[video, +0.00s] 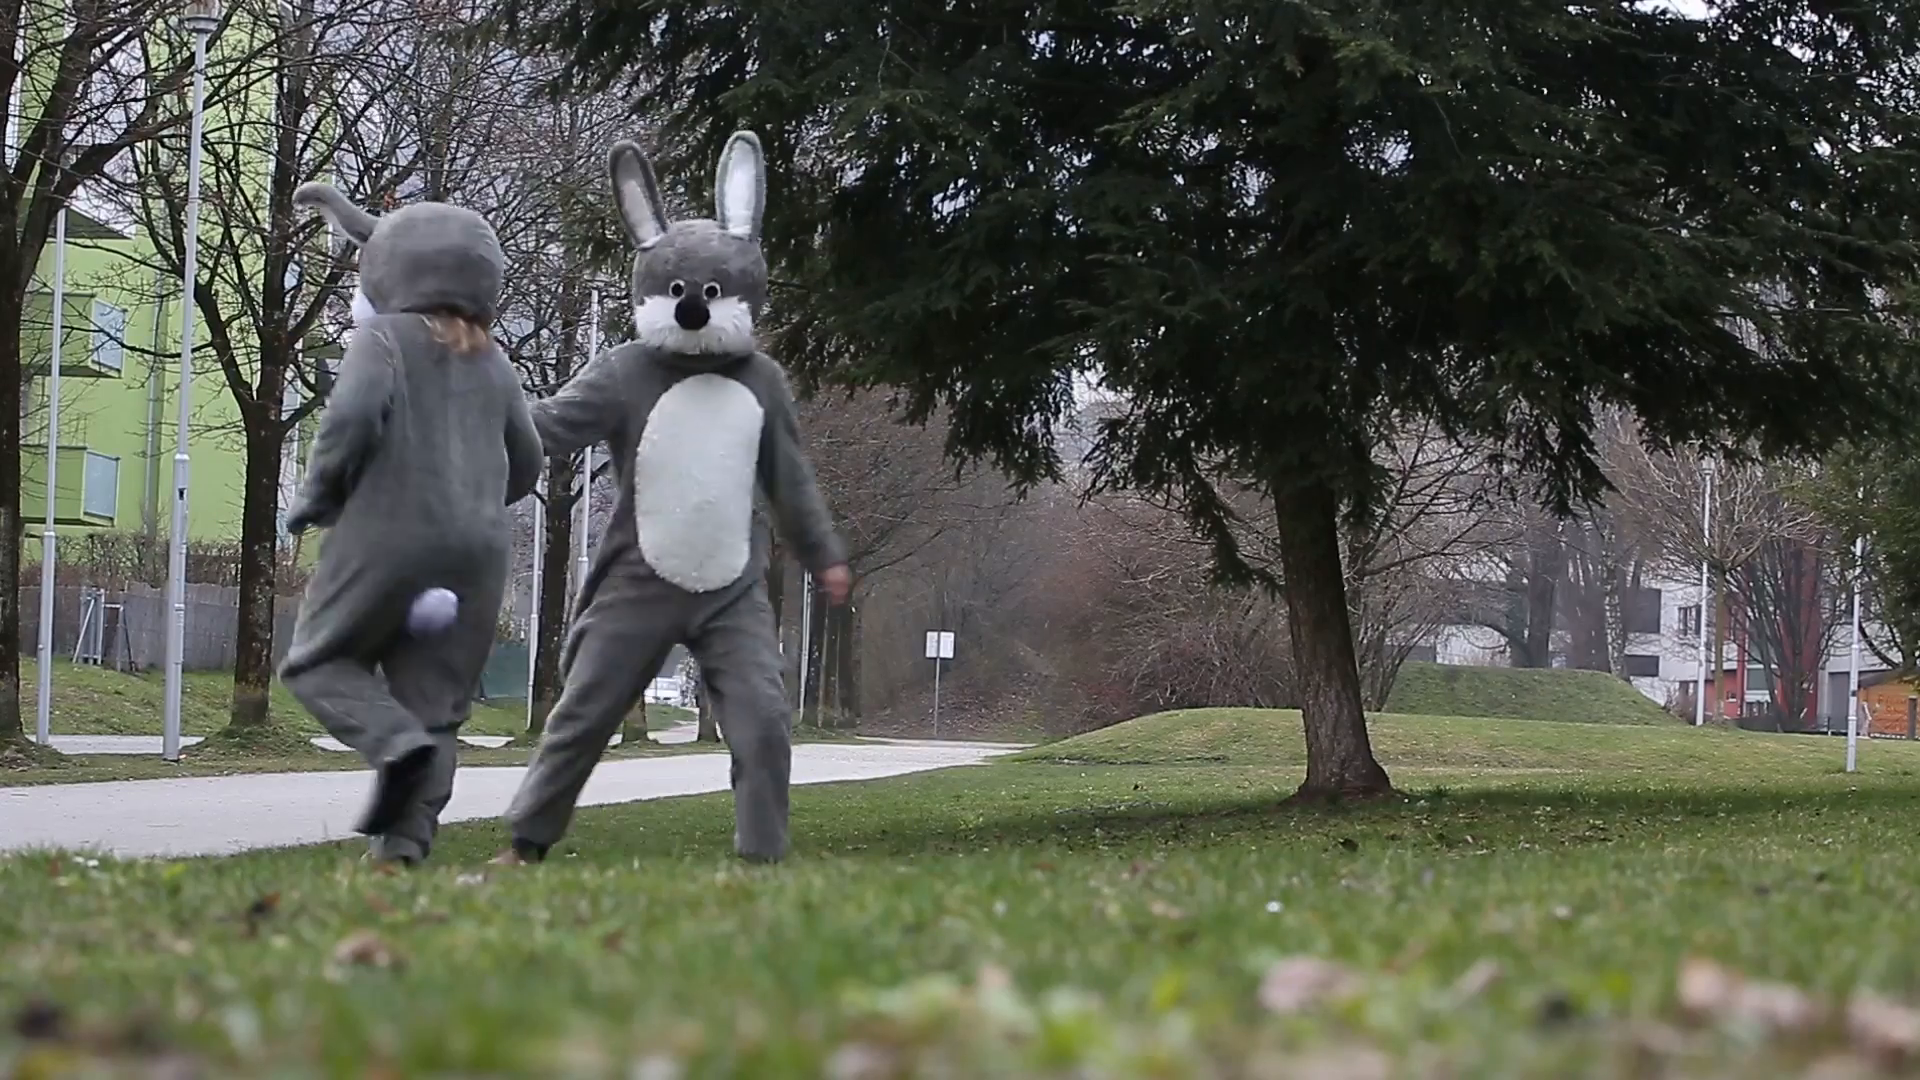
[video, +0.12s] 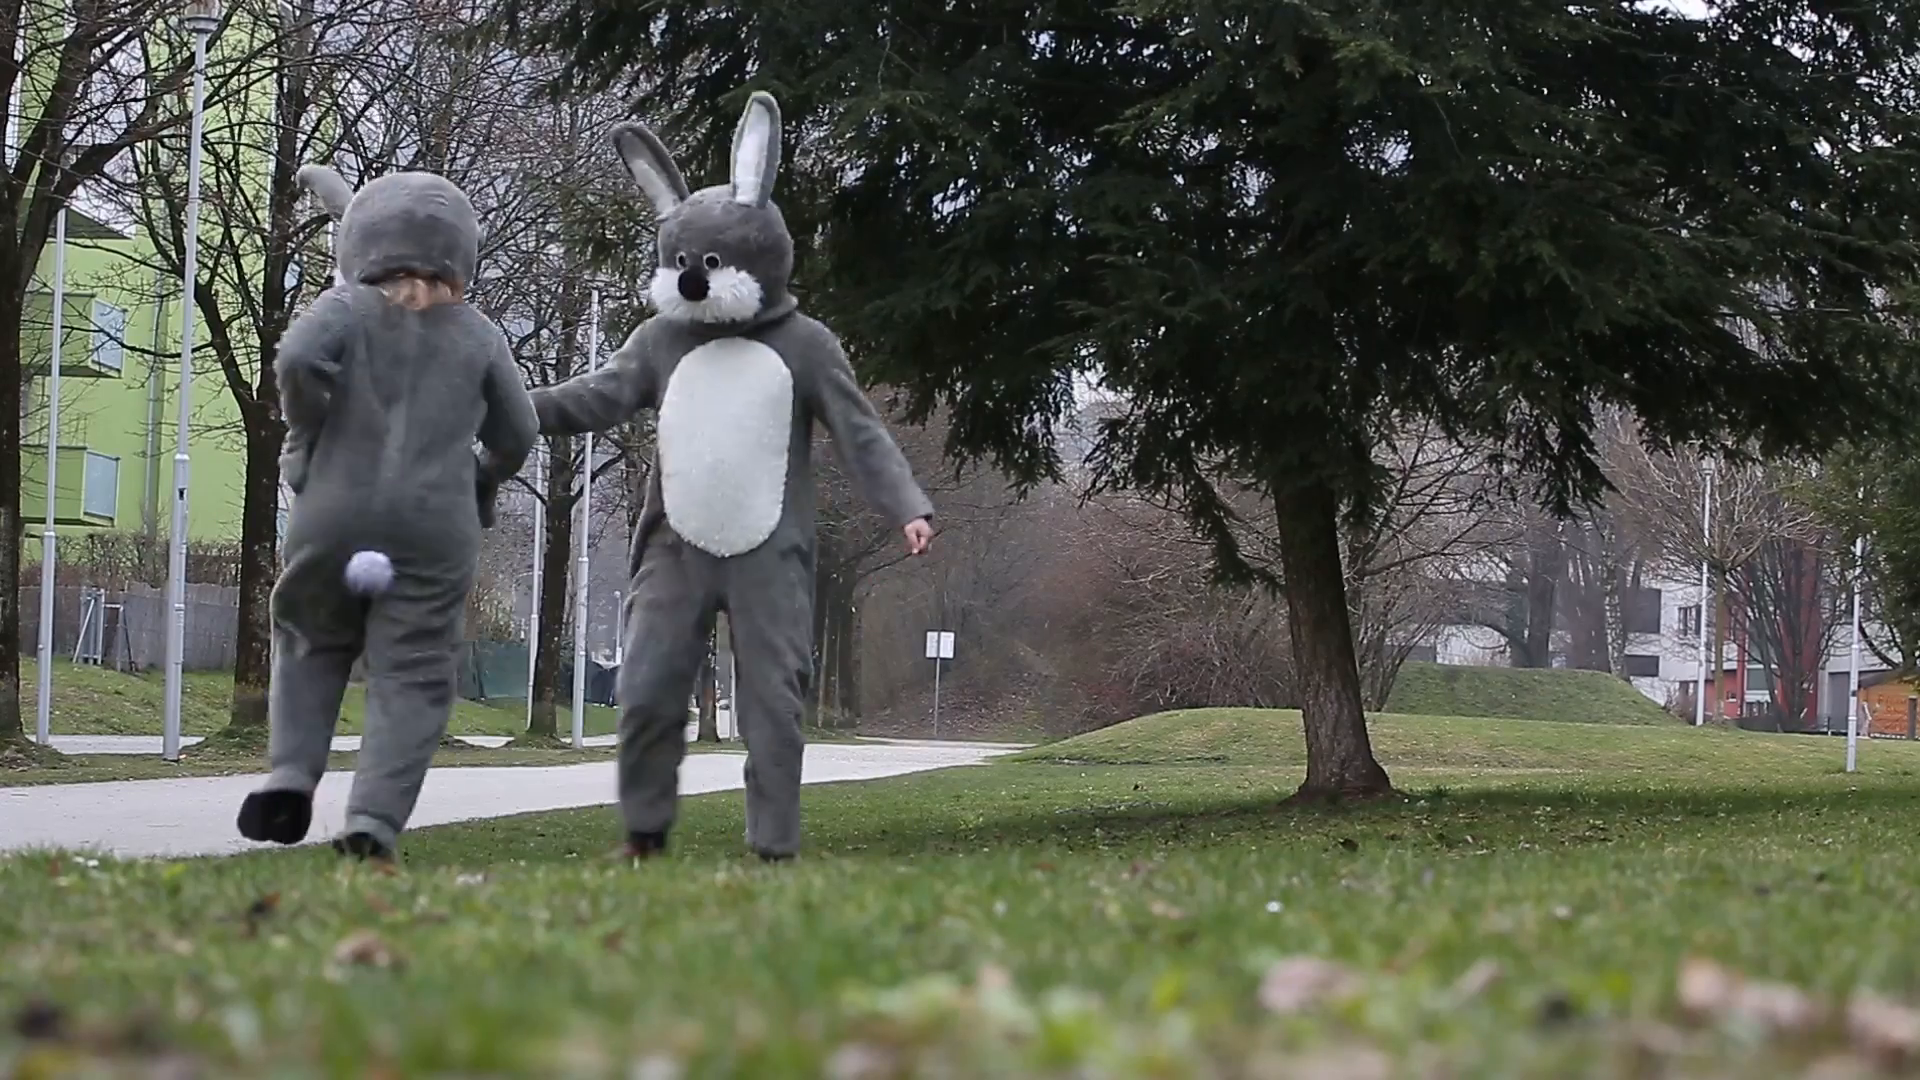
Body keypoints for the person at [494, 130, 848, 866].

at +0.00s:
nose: (697, 307)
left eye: (716, 292)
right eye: (679, 290)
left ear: (745, 303)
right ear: (652, 297)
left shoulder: (762, 382)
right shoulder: (626, 372)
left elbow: (790, 475)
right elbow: (542, 429)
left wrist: (826, 553)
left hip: (734, 590)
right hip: (639, 583)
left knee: (765, 722)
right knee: (583, 715)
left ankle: (763, 862)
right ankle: (525, 844)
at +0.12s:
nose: (702, 284)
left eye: (720, 267)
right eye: (687, 269)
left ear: (761, 269)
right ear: (671, 271)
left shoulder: (803, 343)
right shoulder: (660, 341)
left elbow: (858, 429)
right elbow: (601, 393)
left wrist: (906, 502)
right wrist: (517, 410)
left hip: (770, 549)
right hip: (674, 545)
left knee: (771, 698)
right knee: (645, 692)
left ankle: (774, 847)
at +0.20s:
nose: (706, 267)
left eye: (721, 250)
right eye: (695, 253)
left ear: (762, 246)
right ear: (685, 252)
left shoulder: (815, 319)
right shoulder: (682, 321)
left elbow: (871, 408)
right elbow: (635, 379)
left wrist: (911, 483)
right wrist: (569, 394)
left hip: (786, 530)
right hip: (694, 529)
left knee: (787, 681)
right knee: (702, 686)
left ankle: (806, 837)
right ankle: (725, 835)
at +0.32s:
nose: (704, 267)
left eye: (720, 249)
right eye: (696, 253)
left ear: (769, 242)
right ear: (694, 256)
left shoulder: (829, 319)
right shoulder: (711, 335)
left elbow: (881, 413)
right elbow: (683, 395)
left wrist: (890, 484)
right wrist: (615, 395)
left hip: (814, 531)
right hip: (731, 541)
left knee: (823, 675)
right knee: (766, 694)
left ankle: (890, 820)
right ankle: (824, 839)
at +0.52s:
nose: (715, 303)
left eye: (723, 286)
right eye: (712, 289)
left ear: (769, 275)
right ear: (748, 285)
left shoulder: (836, 344)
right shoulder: (760, 362)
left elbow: (880, 446)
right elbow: (755, 437)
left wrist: (841, 515)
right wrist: (696, 385)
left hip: (839, 555)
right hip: (781, 567)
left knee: (876, 696)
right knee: (787, 716)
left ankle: (954, 835)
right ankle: (844, 851)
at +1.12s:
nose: (723, 283)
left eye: (729, 264)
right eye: (720, 269)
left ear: (773, 252)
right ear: (770, 256)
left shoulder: (832, 316)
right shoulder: (793, 323)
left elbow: (853, 414)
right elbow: (804, 391)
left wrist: (761, 459)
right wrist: (751, 398)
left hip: (851, 542)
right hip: (799, 546)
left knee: (888, 686)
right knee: (761, 683)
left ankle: (948, 834)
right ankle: (774, 840)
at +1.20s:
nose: (709, 292)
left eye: (715, 274)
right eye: (706, 277)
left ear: (759, 263)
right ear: (761, 263)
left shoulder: (816, 328)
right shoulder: (781, 332)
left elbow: (822, 414)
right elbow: (785, 399)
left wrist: (715, 448)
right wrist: (727, 406)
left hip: (837, 551)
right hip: (779, 556)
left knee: (878, 694)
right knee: (733, 691)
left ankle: (947, 836)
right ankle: (772, 842)